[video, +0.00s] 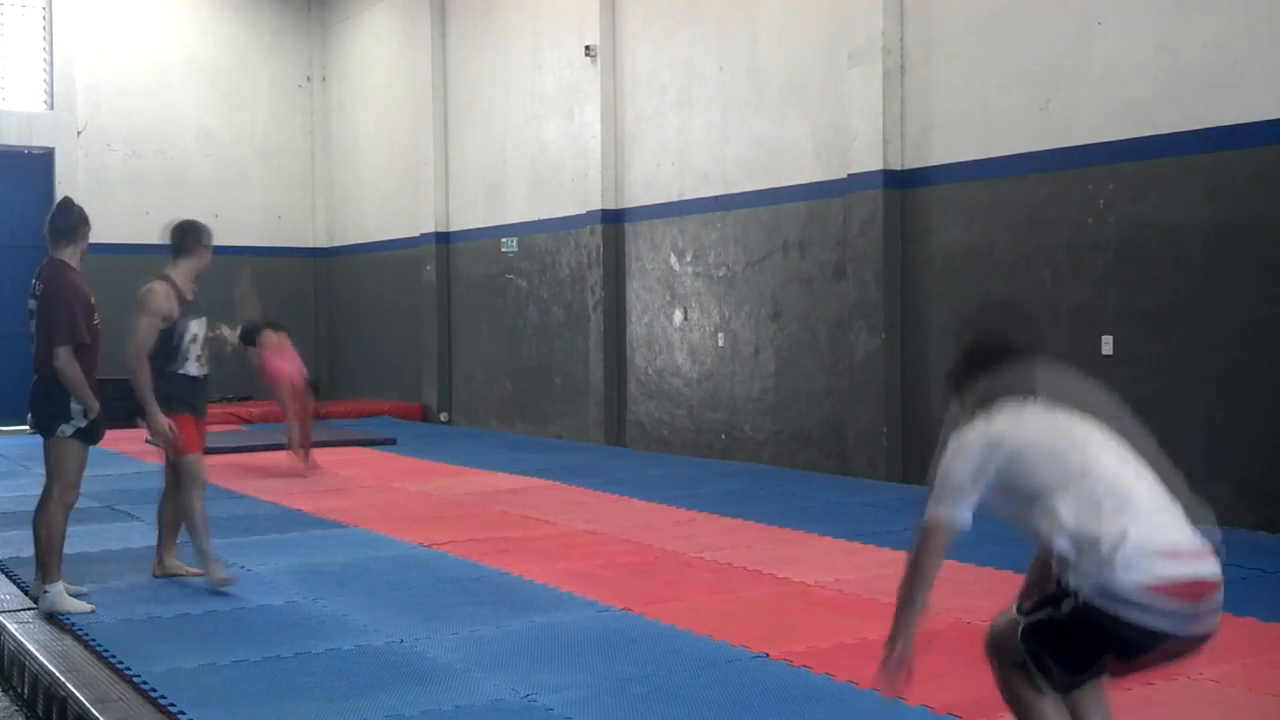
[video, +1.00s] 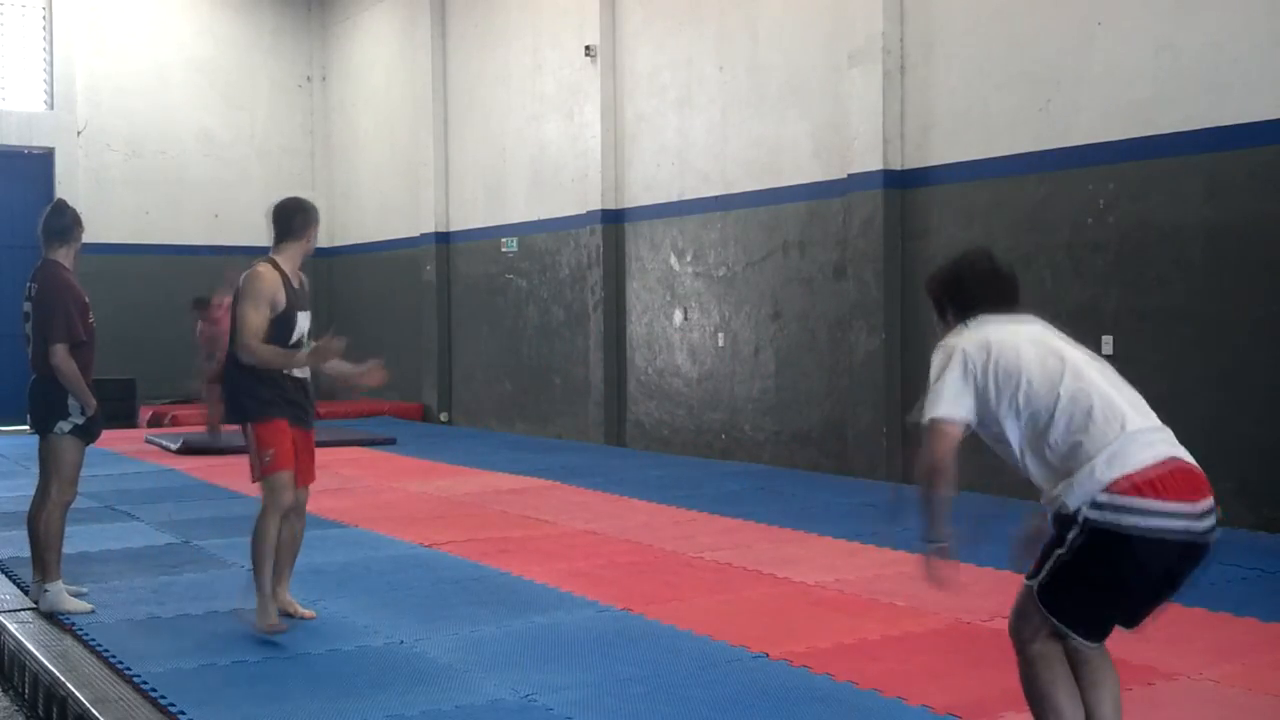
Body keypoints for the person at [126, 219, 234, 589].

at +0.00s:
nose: (211, 257)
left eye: (211, 250)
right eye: (209, 249)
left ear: (182, 248)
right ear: (200, 250)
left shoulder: (187, 292)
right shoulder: (158, 294)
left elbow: (184, 348)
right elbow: (136, 356)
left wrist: (214, 342)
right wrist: (153, 414)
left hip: (193, 399)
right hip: (170, 401)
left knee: (177, 482)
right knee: (194, 477)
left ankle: (165, 556)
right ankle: (210, 563)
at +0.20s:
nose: (239, 257)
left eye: (238, 250)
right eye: (238, 250)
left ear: (207, 249)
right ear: (231, 252)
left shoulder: (211, 292)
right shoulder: (192, 297)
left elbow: (211, 348)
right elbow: (180, 366)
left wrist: (236, 367)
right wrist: (183, 426)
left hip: (217, 400)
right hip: (199, 404)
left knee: (207, 484)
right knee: (217, 488)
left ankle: (170, 547)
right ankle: (232, 579)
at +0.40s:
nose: (258, 241)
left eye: (253, 233)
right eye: (256, 234)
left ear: (223, 236)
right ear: (252, 237)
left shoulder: (235, 277)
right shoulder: (219, 281)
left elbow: (276, 345)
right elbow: (215, 352)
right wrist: (234, 408)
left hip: (242, 393)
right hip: (215, 398)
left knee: (264, 477)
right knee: (218, 490)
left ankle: (222, 545)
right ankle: (230, 580)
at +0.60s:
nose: (274, 240)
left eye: (270, 235)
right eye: (273, 234)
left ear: (236, 237)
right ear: (267, 236)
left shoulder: (249, 275)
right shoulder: (238, 279)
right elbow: (251, 344)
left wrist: (220, 219)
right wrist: (291, 394)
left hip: (261, 405)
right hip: (231, 407)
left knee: (279, 489)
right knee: (230, 493)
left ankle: (285, 583)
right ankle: (232, 580)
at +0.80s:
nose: (293, 237)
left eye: (289, 231)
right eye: (292, 231)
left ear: (257, 235)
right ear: (289, 234)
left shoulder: (269, 275)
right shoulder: (257, 277)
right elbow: (246, 343)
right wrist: (287, 397)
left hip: (284, 404)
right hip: (255, 407)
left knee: (292, 503)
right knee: (271, 502)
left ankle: (280, 593)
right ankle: (238, 560)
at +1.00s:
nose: (317, 238)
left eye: (314, 231)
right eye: (316, 230)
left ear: (284, 229)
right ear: (309, 232)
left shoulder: (298, 280)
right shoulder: (261, 278)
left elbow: (297, 351)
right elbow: (247, 349)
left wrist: (351, 372)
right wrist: (305, 358)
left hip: (294, 401)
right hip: (262, 402)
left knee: (297, 501)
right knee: (278, 497)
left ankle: (281, 591)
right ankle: (265, 604)